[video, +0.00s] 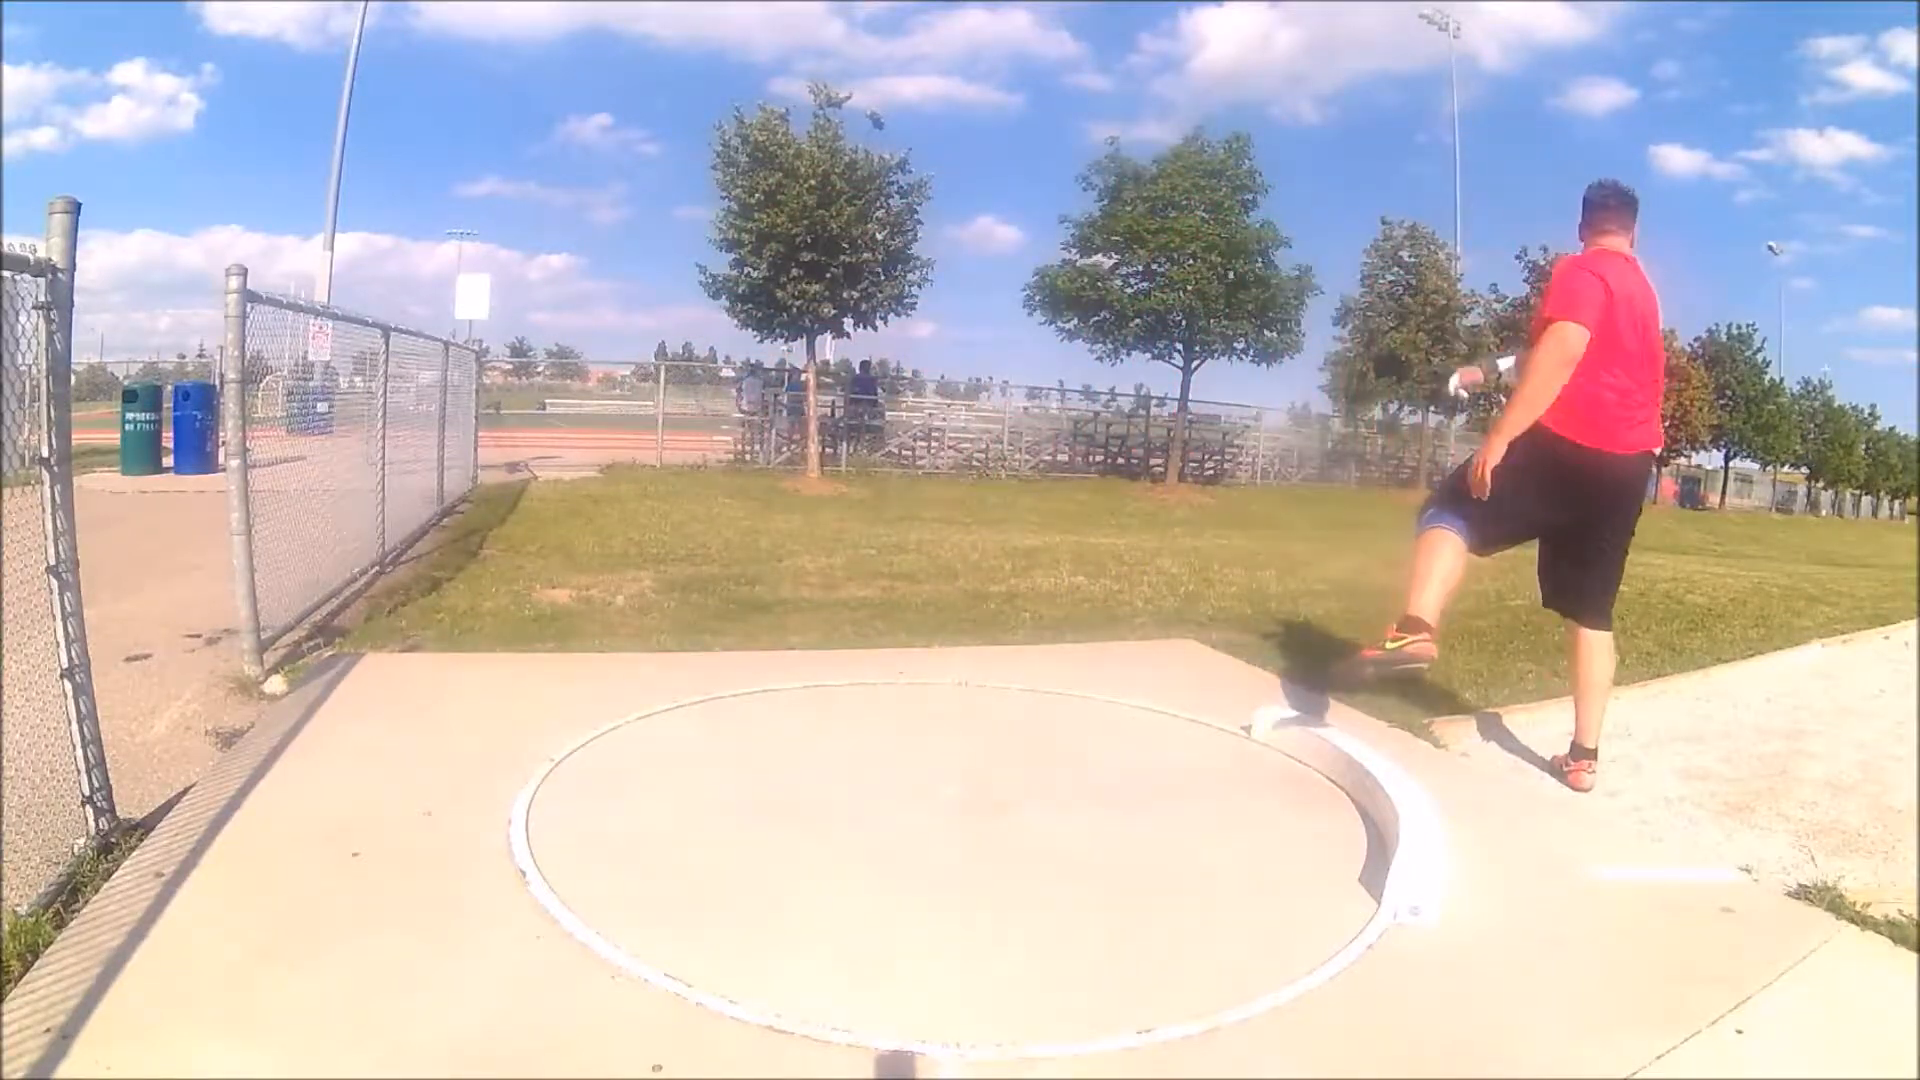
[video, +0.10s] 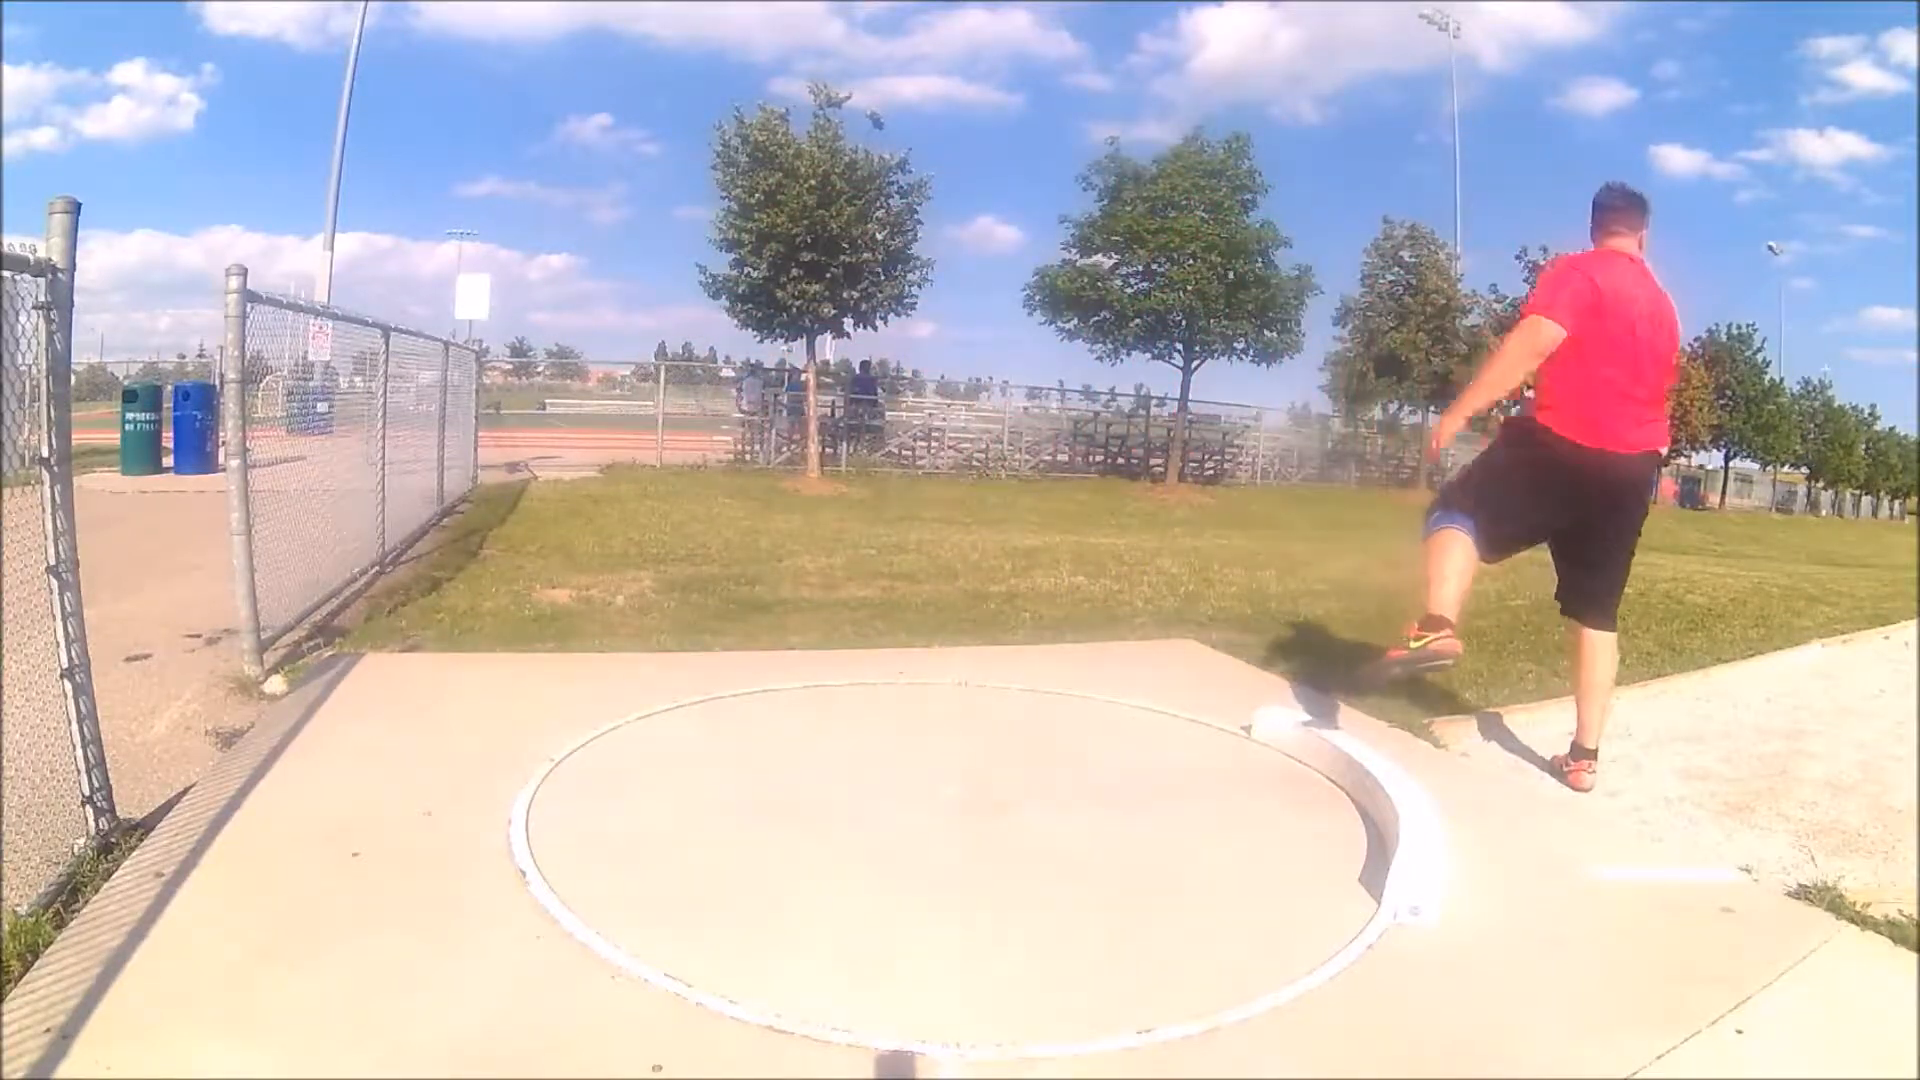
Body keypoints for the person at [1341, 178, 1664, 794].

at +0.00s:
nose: (1582, 239)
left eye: (1580, 229)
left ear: (1583, 226)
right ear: (1633, 232)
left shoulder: (1583, 269)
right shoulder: (1642, 288)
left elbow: (1563, 349)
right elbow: (1576, 362)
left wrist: (1500, 435)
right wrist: (1490, 374)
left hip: (1560, 449)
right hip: (1626, 466)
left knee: (1453, 508)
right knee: (1593, 608)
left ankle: (1416, 628)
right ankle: (1583, 757)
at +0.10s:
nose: (1626, 242)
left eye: (1604, 229)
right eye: (1639, 235)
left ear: (1592, 227)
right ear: (1644, 236)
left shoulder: (1574, 271)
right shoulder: (1663, 304)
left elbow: (1533, 341)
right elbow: (1659, 389)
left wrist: (1458, 412)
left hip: (1551, 451)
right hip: (1630, 470)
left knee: (1457, 513)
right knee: (1596, 608)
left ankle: (1439, 625)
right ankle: (1585, 757)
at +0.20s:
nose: (1627, 239)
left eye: (1610, 226)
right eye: (1644, 236)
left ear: (1599, 226)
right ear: (1649, 236)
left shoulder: (1570, 271)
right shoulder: (1671, 305)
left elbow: (1514, 339)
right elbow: (1681, 394)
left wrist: (1433, 394)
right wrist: (1659, 443)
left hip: (1551, 451)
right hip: (1632, 468)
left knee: (1469, 533)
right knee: (1605, 610)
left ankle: (1461, 647)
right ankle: (1585, 757)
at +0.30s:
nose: (1643, 247)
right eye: (1649, 240)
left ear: (1598, 231)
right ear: (1650, 240)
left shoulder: (1566, 273)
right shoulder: (1674, 306)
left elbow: (1508, 342)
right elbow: (1715, 391)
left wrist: (1443, 390)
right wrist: (1733, 453)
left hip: (1547, 456)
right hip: (1629, 469)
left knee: (1479, 552)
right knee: (1606, 611)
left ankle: (1473, 675)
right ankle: (1586, 757)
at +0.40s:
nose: (1634, 245)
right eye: (1642, 238)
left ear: (1595, 232)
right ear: (1648, 239)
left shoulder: (1563, 273)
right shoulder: (1674, 303)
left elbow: (1505, 344)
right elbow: (1731, 385)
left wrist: (1464, 391)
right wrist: (1769, 462)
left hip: (1546, 457)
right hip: (1629, 466)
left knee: (1488, 565)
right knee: (1604, 608)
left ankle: (1484, 698)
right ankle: (1585, 756)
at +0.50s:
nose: (1632, 246)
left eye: (1615, 236)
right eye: (1638, 238)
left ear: (1588, 231)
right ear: (1641, 238)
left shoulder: (1551, 274)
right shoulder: (1670, 299)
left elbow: (1500, 352)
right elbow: (1726, 380)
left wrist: (1474, 410)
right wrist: (1764, 465)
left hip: (1544, 459)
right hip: (1627, 467)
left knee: (1495, 584)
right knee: (1601, 611)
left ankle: (1488, 725)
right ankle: (1584, 756)